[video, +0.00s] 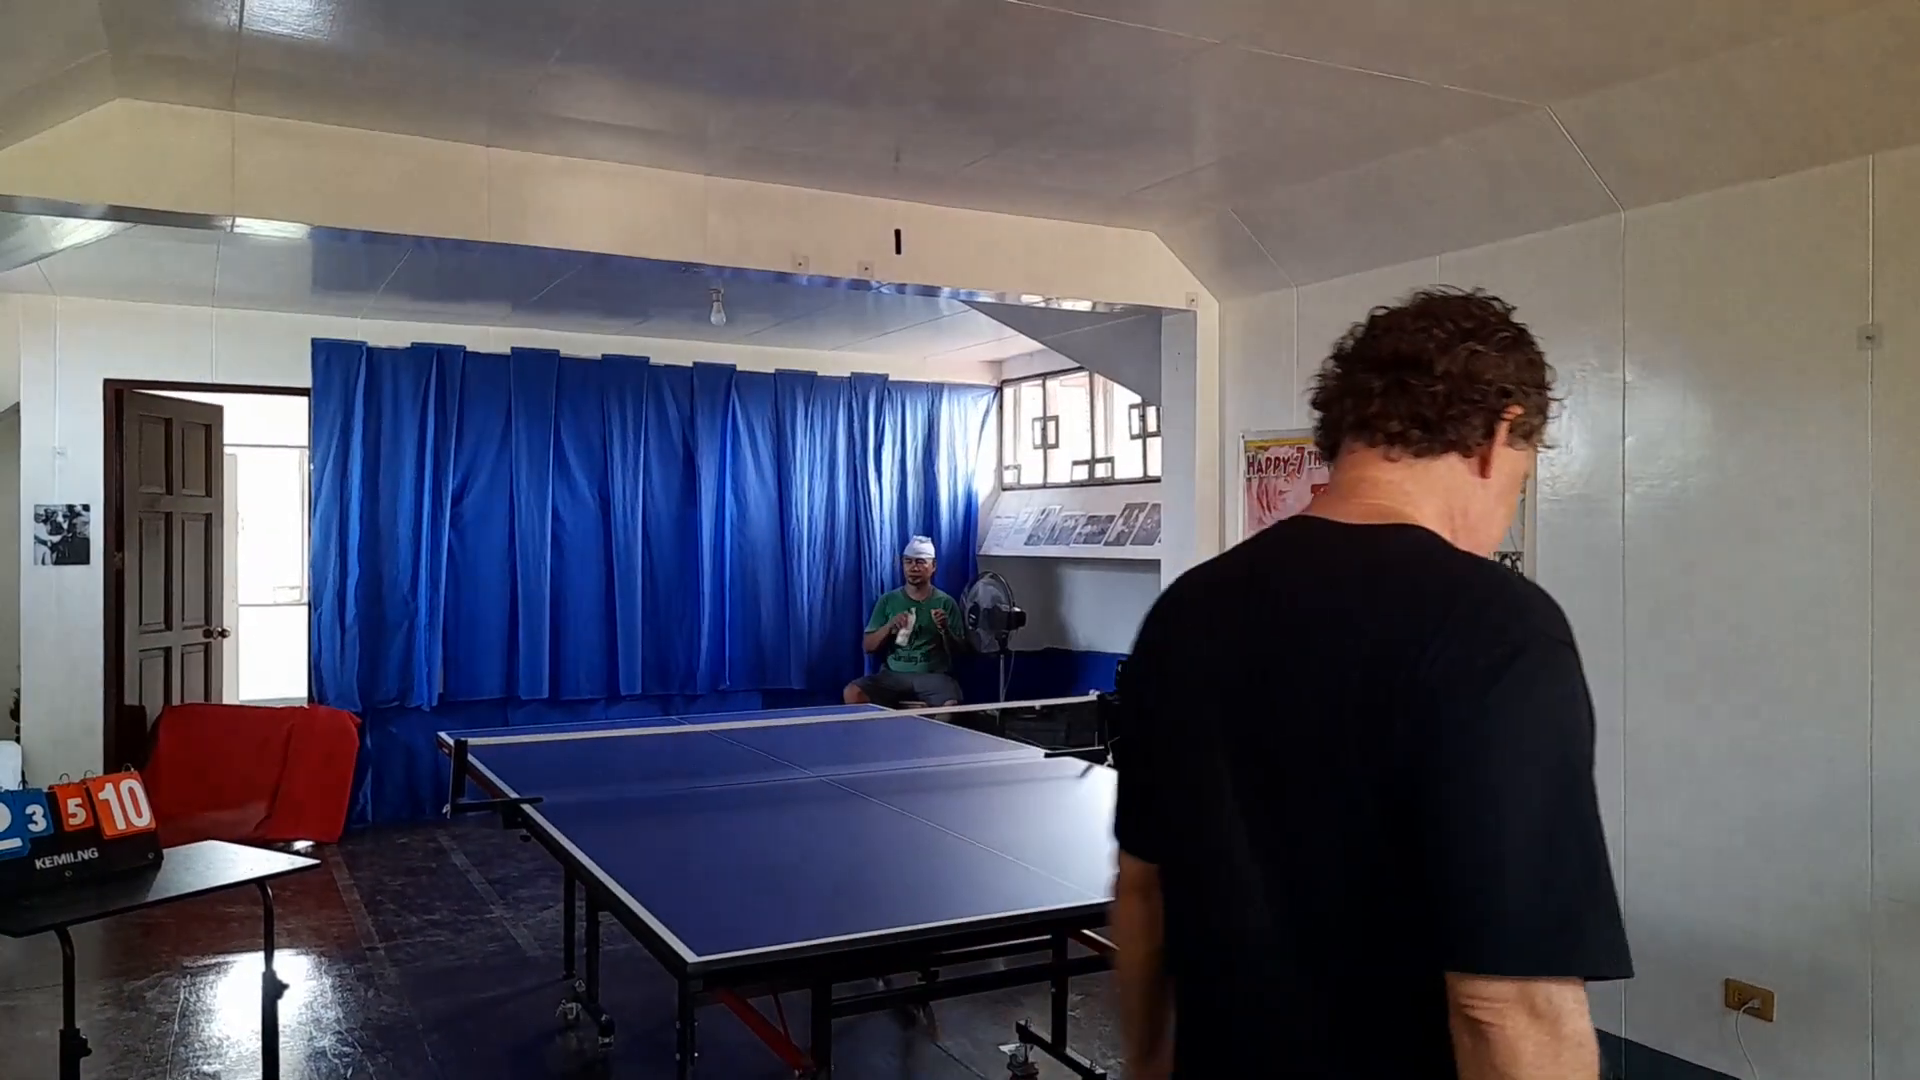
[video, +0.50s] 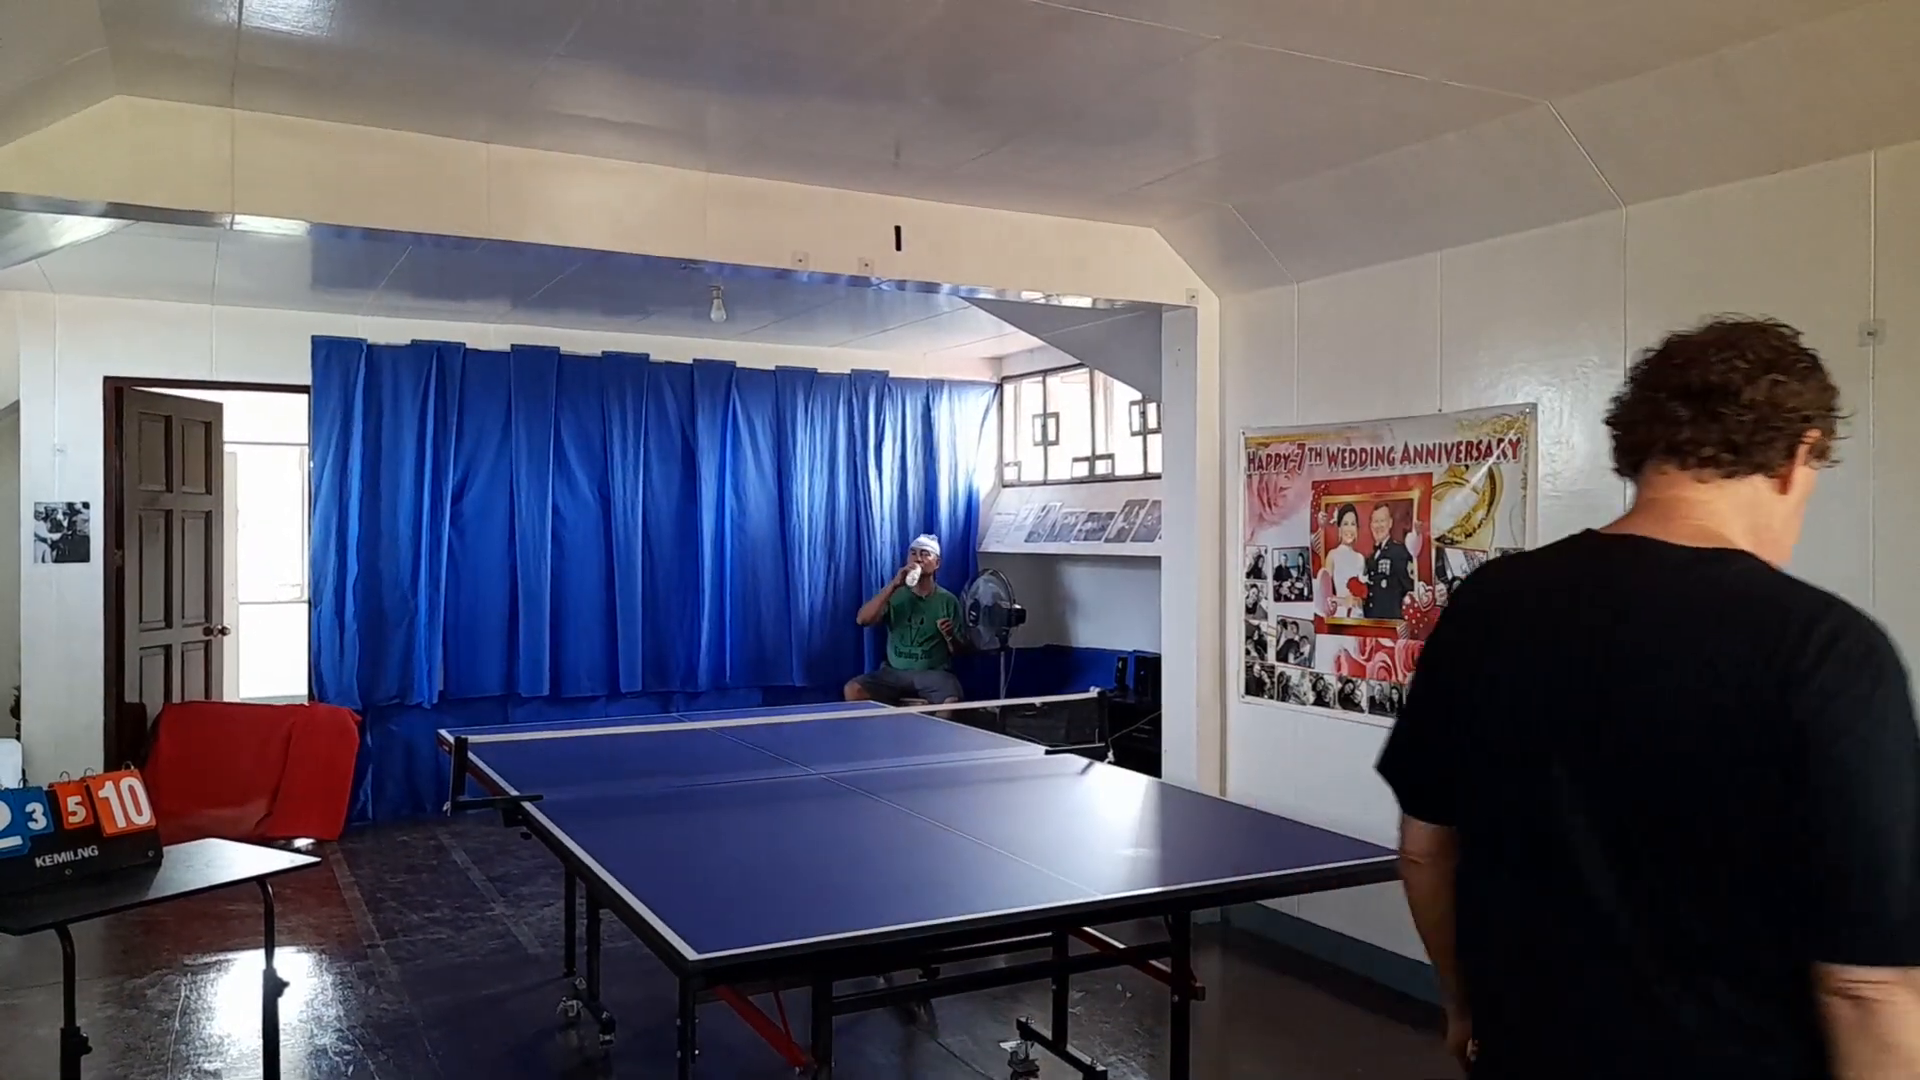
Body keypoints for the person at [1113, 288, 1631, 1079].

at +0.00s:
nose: (1506, 523)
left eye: (1523, 486)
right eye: (1521, 480)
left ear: (1345, 432)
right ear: (1498, 436)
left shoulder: (1187, 609)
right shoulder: (1492, 623)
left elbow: (1139, 885)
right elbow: (1508, 1002)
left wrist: (1146, 1055)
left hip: (1224, 1056)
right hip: (1423, 1060)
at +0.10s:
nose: (1550, 522)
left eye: (1564, 486)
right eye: (1563, 482)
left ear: (1392, 435)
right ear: (1538, 444)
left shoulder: (1241, 601)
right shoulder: (1533, 626)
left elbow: (1216, 872)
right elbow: (1545, 994)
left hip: (1266, 1052)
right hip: (1465, 1057)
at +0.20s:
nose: (1602, 529)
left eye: (1616, 495)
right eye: (1615, 490)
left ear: (1437, 449)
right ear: (1593, 452)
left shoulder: (1302, 600)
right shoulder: (1594, 636)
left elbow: (1276, 847)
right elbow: (1603, 993)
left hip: (1320, 1053)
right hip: (1520, 1059)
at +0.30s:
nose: (1670, 521)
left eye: (1682, 489)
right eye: (1682, 485)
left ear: (1505, 453)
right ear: (1657, 462)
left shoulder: (1367, 608)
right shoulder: (1670, 655)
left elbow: (1333, 847)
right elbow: (1683, 1004)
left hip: (1384, 1057)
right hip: (1585, 1062)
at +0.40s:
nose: (1743, 511)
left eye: (1754, 482)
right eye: (1755, 478)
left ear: (1580, 451)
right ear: (1733, 463)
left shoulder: (1433, 606)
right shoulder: (1749, 660)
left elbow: (1381, 848)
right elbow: (1778, 1000)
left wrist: (1483, 955)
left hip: (1459, 1062)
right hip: (1671, 1066)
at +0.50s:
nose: (1804, 502)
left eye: (1816, 478)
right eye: (1816, 474)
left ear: (1642, 446)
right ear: (1799, 461)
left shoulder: (1489, 602)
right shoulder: (1830, 652)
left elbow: (1425, 850)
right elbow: (1865, 987)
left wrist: (1461, 1001)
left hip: (1530, 1055)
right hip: (1751, 1063)